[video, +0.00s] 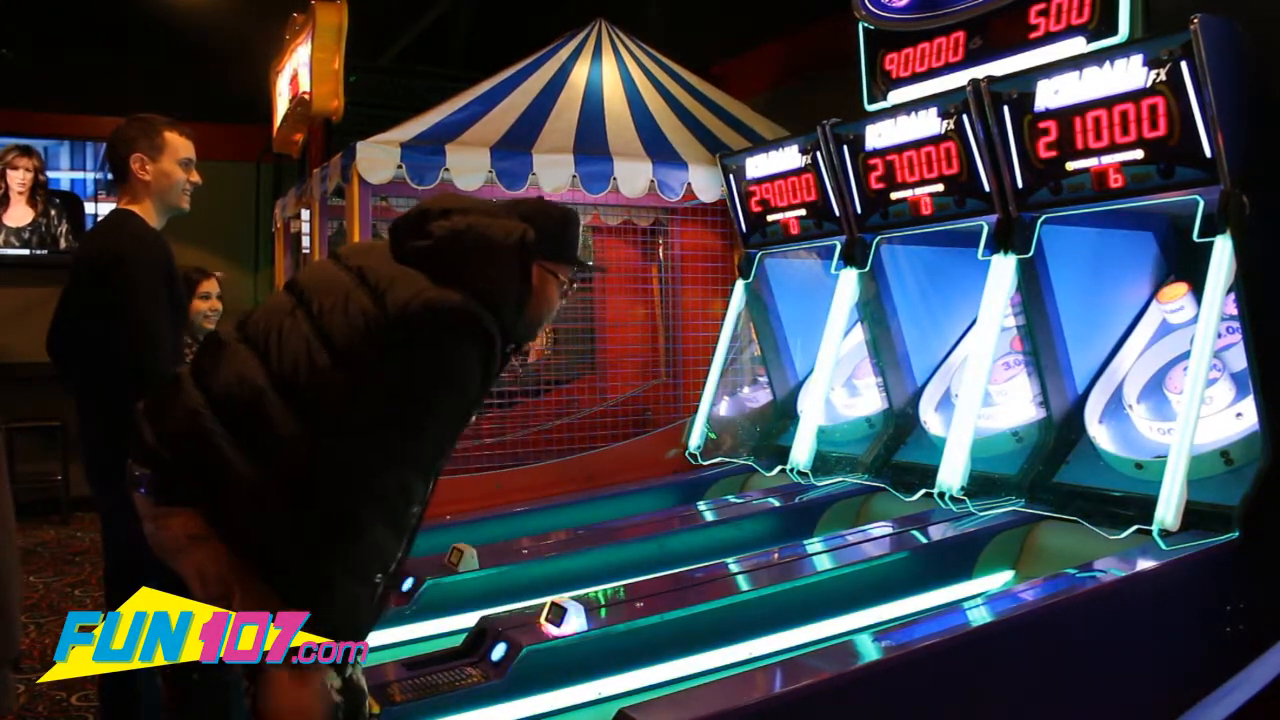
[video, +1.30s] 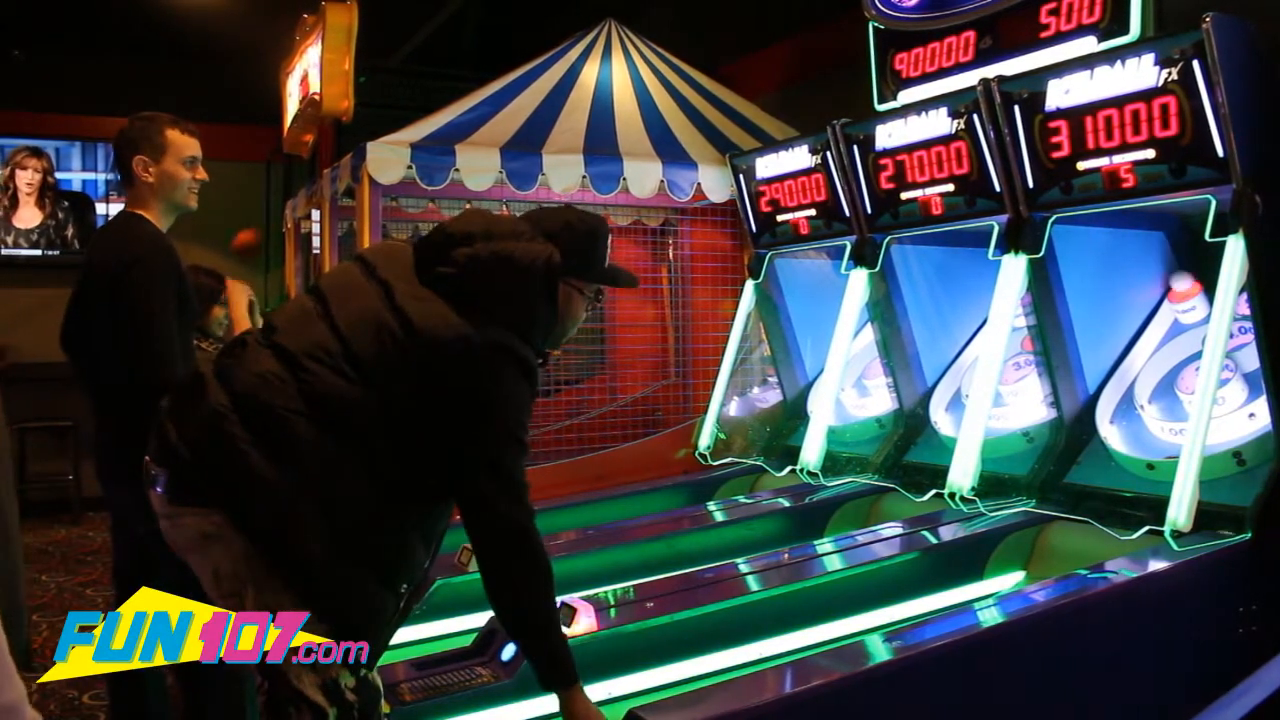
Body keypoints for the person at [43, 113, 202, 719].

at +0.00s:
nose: (195, 177)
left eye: (194, 166)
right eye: (184, 164)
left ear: (140, 171)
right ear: (142, 167)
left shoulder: (102, 239)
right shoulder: (142, 245)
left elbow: (62, 342)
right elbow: (158, 367)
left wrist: (112, 411)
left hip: (109, 449)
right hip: (139, 456)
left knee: (127, 585)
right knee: (154, 593)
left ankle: (124, 701)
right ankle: (147, 704)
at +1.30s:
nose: (202, 176)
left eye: (201, 163)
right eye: (191, 163)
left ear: (145, 171)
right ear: (146, 168)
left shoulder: (115, 240)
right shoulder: (147, 250)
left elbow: (75, 337)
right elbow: (168, 367)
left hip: (123, 451)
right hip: (150, 458)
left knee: (139, 592)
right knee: (172, 596)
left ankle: (135, 705)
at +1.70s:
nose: (197, 176)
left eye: (196, 164)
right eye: (185, 164)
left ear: (142, 173)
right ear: (139, 170)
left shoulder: (119, 242)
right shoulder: (137, 252)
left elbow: (79, 337)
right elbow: (163, 371)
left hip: (127, 453)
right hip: (146, 462)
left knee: (143, 594)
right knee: (167, 597)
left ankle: (139, 705)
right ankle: (159, 705)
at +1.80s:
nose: (196, 176)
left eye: (195, 163)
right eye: (183, 164)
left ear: (141, 172)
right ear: (137, 169)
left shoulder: (118, 241)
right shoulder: (137, 252)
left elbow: (79, 336)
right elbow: (163, 371)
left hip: (126, 451)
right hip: (145, 460)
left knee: (143, 591)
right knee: (166, 595)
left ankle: (139, 703)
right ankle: (156, 704)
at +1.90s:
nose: (196, 176)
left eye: (195, 163)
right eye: (183, 163)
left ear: (140, 173)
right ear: (137, 169)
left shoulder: (116, 242)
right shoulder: (138, 253)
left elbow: (79, 336)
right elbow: (162, 373)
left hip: (124, 450)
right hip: (145, 459)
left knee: (142, 591)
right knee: (167, 594)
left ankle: (139, 703)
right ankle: (158, 703)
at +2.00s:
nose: (196, 176)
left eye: (195, 164)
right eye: (183, 164)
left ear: (142, 174)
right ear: (136, 170)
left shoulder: (117, 241)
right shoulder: (136, 252)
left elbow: (78, 335)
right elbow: (162, 372)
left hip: (123, 445)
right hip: (142, 456)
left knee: (141, 580)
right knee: (166, 586)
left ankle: (141, 697)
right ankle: (158, 699)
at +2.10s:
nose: (196, 175)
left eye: (195, 163)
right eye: (183, 162)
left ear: (139, 171)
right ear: (136, 169)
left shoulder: (112, 240)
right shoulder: (138, 250)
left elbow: (77, 334)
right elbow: (163, 372)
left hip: (121, 448)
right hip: (146, 458)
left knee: (146, 583)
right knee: (168, 590)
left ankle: (144, 699)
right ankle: (167, 702)